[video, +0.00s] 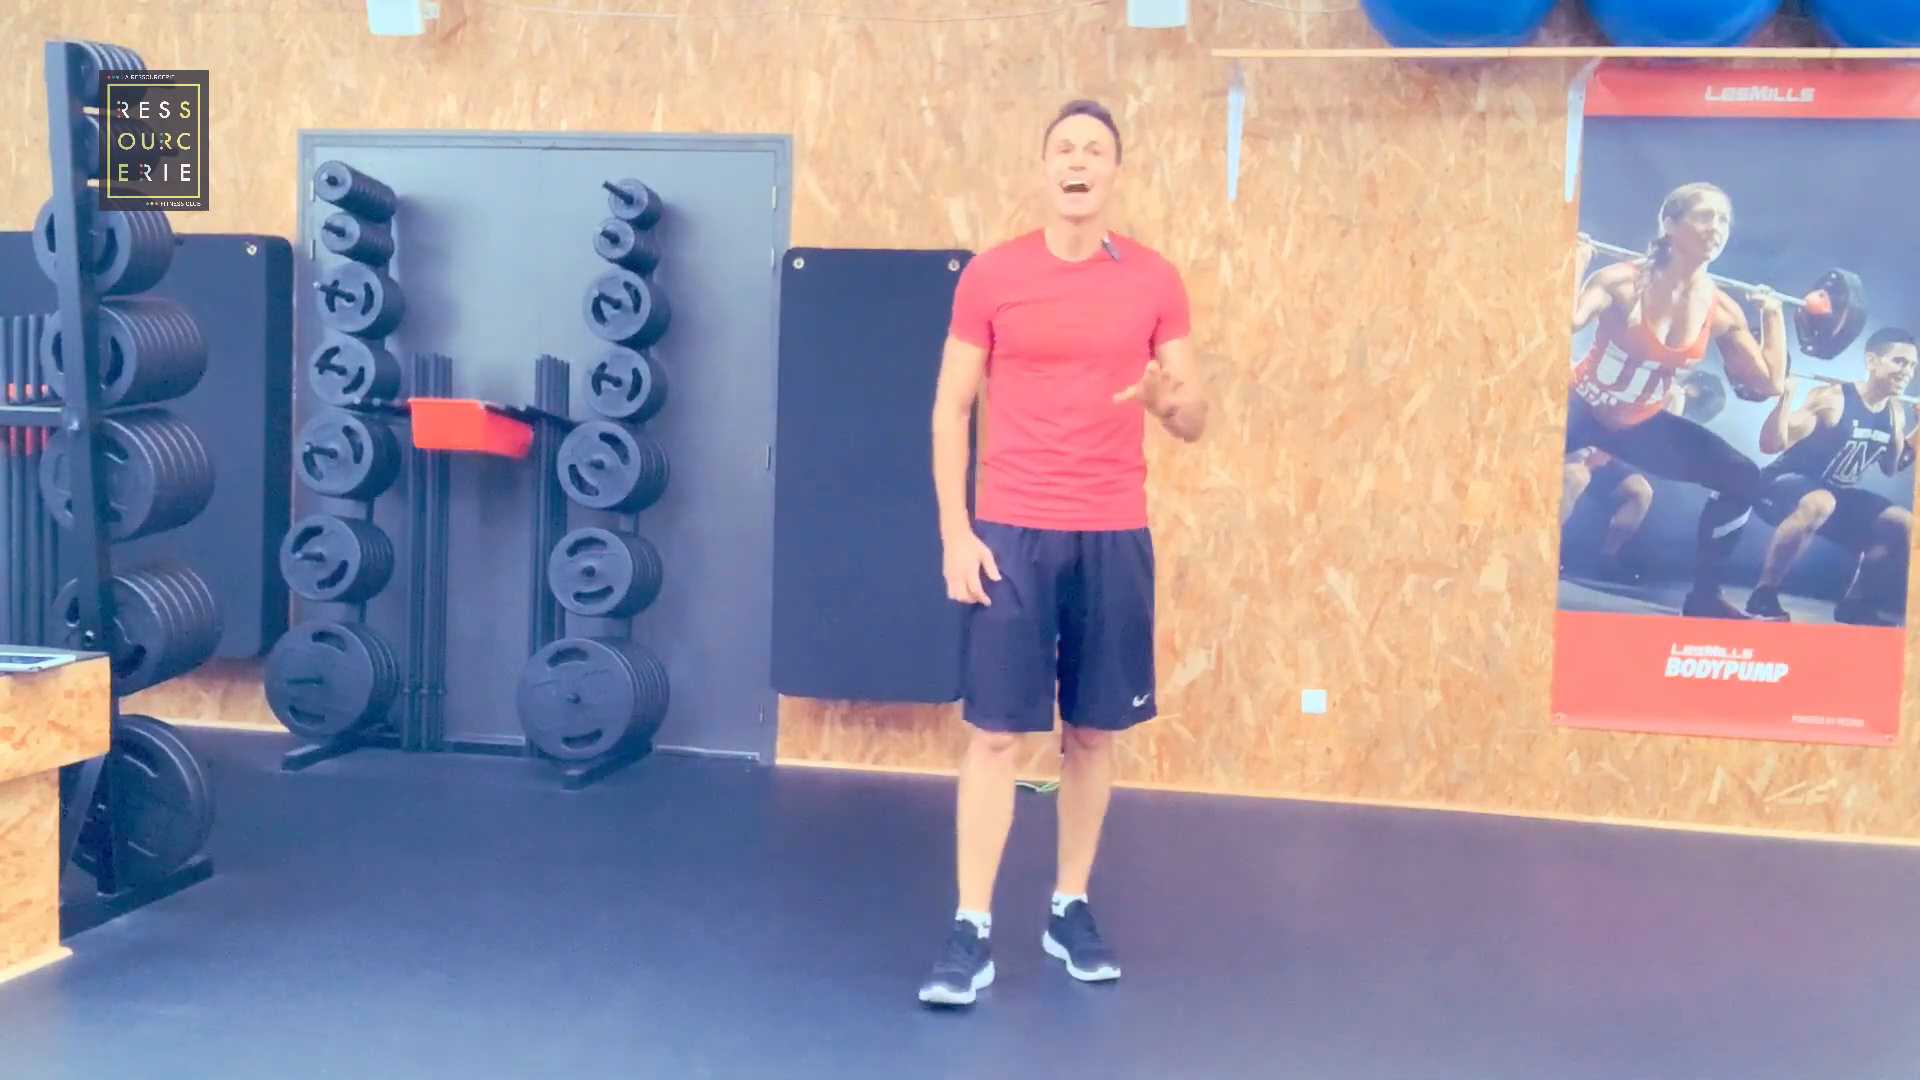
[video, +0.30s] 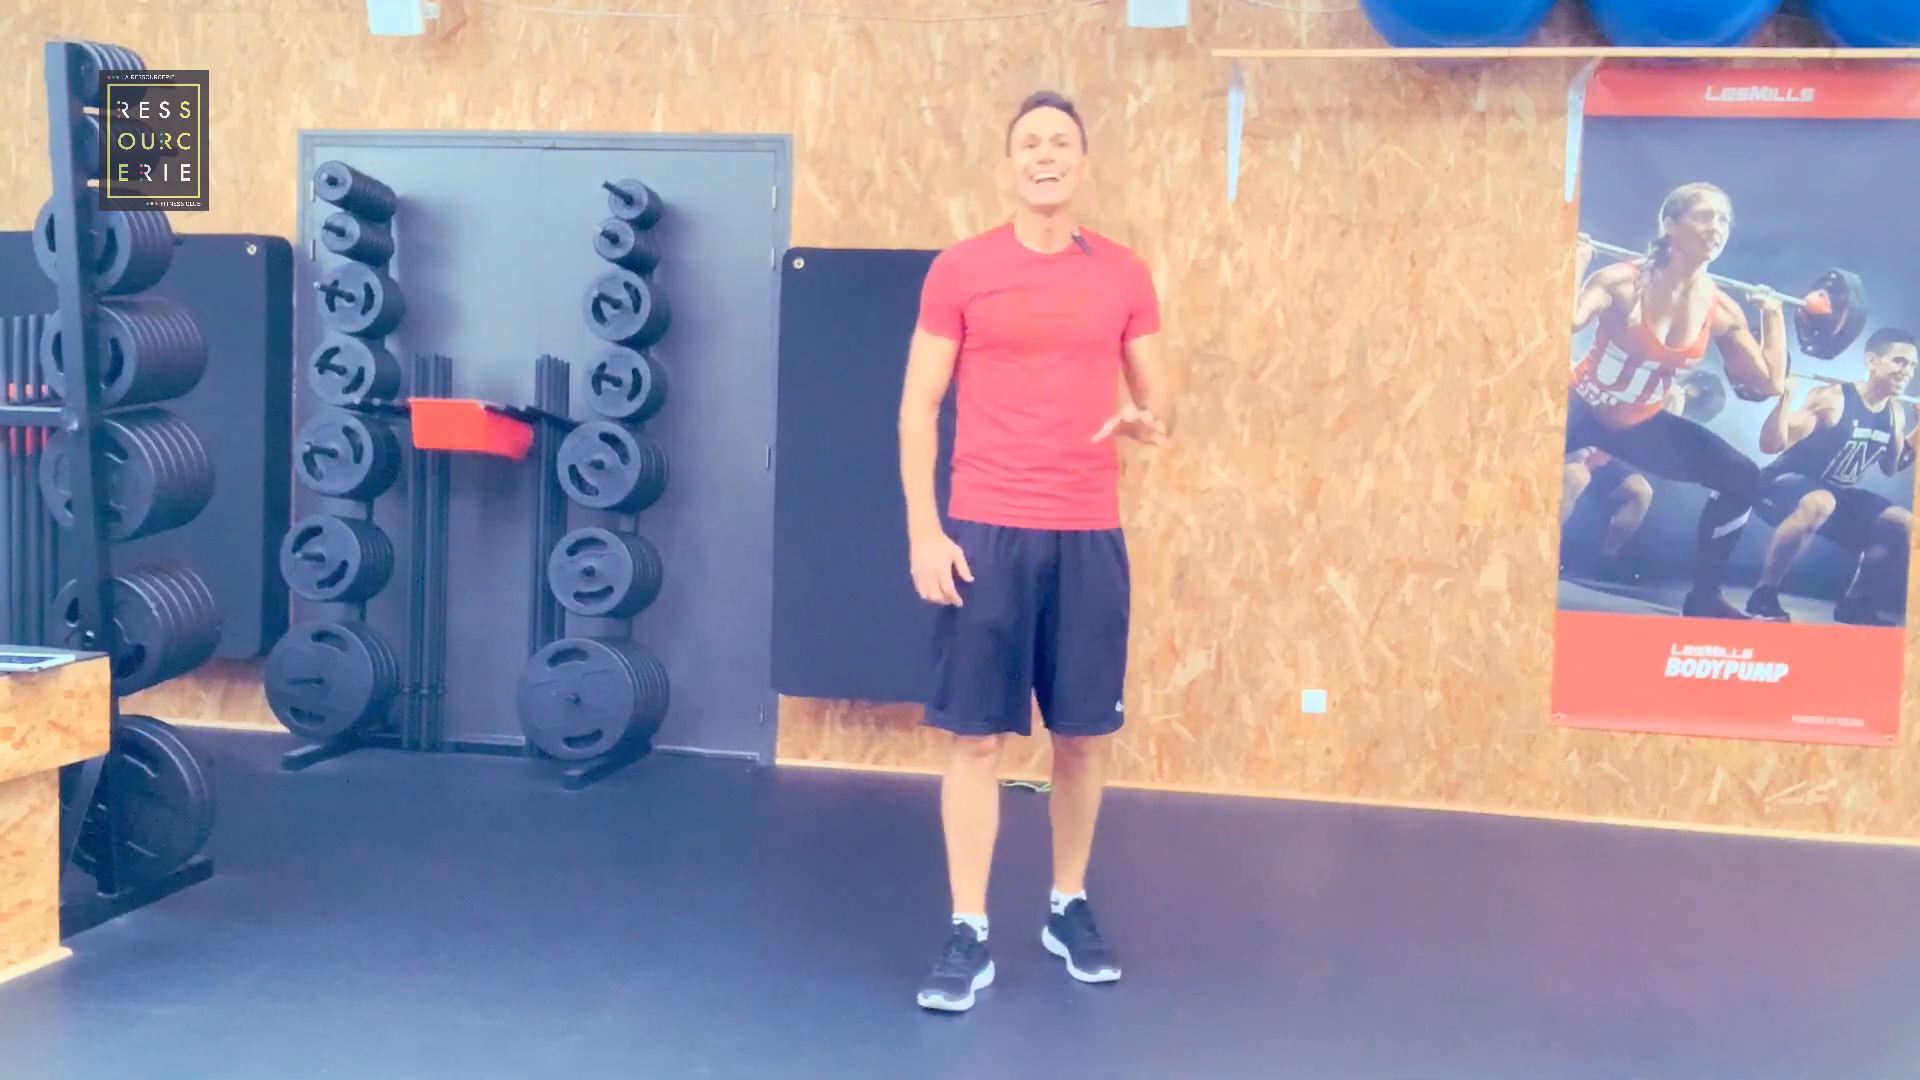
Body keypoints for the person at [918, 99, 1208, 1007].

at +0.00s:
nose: (1076, 165)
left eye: (1094, 152)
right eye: (1063, 151)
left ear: (1120, 174)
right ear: (1039, 170)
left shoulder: (1154, 279)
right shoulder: (991, 273)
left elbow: (1188, 423)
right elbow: (951, 406)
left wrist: (1172, 396)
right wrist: (955, 529)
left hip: (1112, 536)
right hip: (1010, 531)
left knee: (1092, 734)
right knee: (995, 732)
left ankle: (1071, 911)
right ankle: (970, 932)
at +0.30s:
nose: (1044, 159)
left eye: (1060, 146)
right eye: (1030, 146)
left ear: (1086, 164)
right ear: (1006, 164)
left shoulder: (1122, 273)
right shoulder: (961, 268)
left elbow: (1158, 408)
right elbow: (918, 406)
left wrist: (1142, 423)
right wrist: (924, 528)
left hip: (1087, 536)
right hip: (985, 533)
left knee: (1079, 737)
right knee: (973, 737)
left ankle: (1070, 908)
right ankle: (968, 934)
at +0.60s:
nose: (1015, 165)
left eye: (1031, 150)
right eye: (999, 150)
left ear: (1059, 165)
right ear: (977, 165)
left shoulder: (1093, 273)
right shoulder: (930, 269)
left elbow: (1124, 403)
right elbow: (886, 408)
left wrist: (1120, 428)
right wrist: (898, 531)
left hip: (1065, 536)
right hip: (961, 535)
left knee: (1085, 740)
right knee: (959, 739)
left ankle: (1076, 892)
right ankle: (965, 930)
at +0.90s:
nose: (997, 165)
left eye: (1014, 151)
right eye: (983, 149)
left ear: (1042, 167)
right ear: (962, 161)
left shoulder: (1080, 268)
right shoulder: (916, 271)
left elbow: (1123, 412)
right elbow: (875, 413)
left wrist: (1097, 395)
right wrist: (880, 537)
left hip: (1056, 533)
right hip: (950, 534)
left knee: (1076, 741)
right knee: (956, 741)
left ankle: (1072, 873)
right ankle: (965, 930)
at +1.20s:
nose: (1012, 170)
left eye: (1029, 156)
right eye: (998, 153)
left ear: (1056, 171)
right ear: (975, 163)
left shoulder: (1094, 269)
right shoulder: (929, 271)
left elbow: (1133, 401)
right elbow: (891, 410)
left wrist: (1103, 431)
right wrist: (899, 531)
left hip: (1066, 533)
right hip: (961, 531)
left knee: (1068, 736)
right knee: (962, 738)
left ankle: (1061, 899)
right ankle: (965, 933)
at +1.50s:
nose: (1035, 162)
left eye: (1053, 150)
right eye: (1023, 147)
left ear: (1079, 170)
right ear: (1000, 164)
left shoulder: (1113, 271)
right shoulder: (954, 270)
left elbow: (1151, 405)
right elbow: (893, 401)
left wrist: (1131, 431)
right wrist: (949, 479)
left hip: (1089, 532)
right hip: (990, 531)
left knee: (1071, 736)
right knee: (979, 735)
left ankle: (1056, 904)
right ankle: (968, 933)